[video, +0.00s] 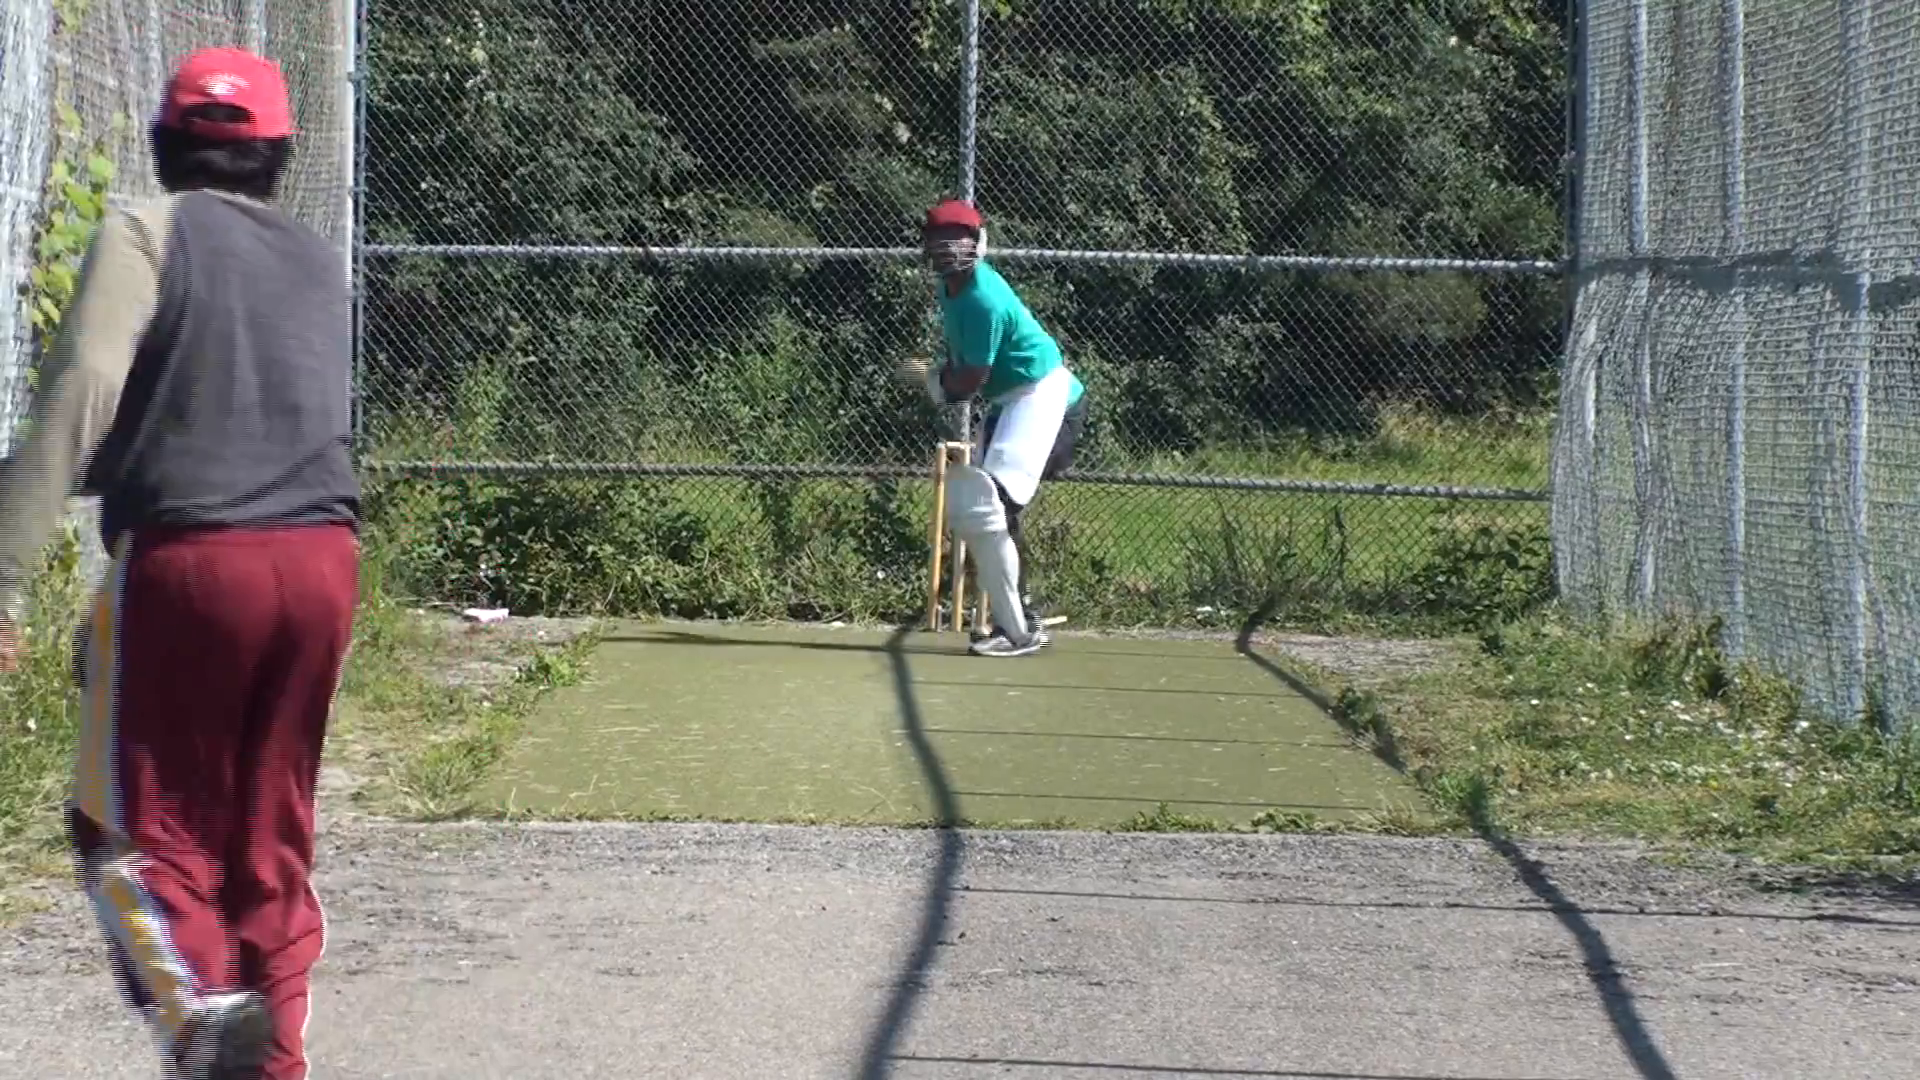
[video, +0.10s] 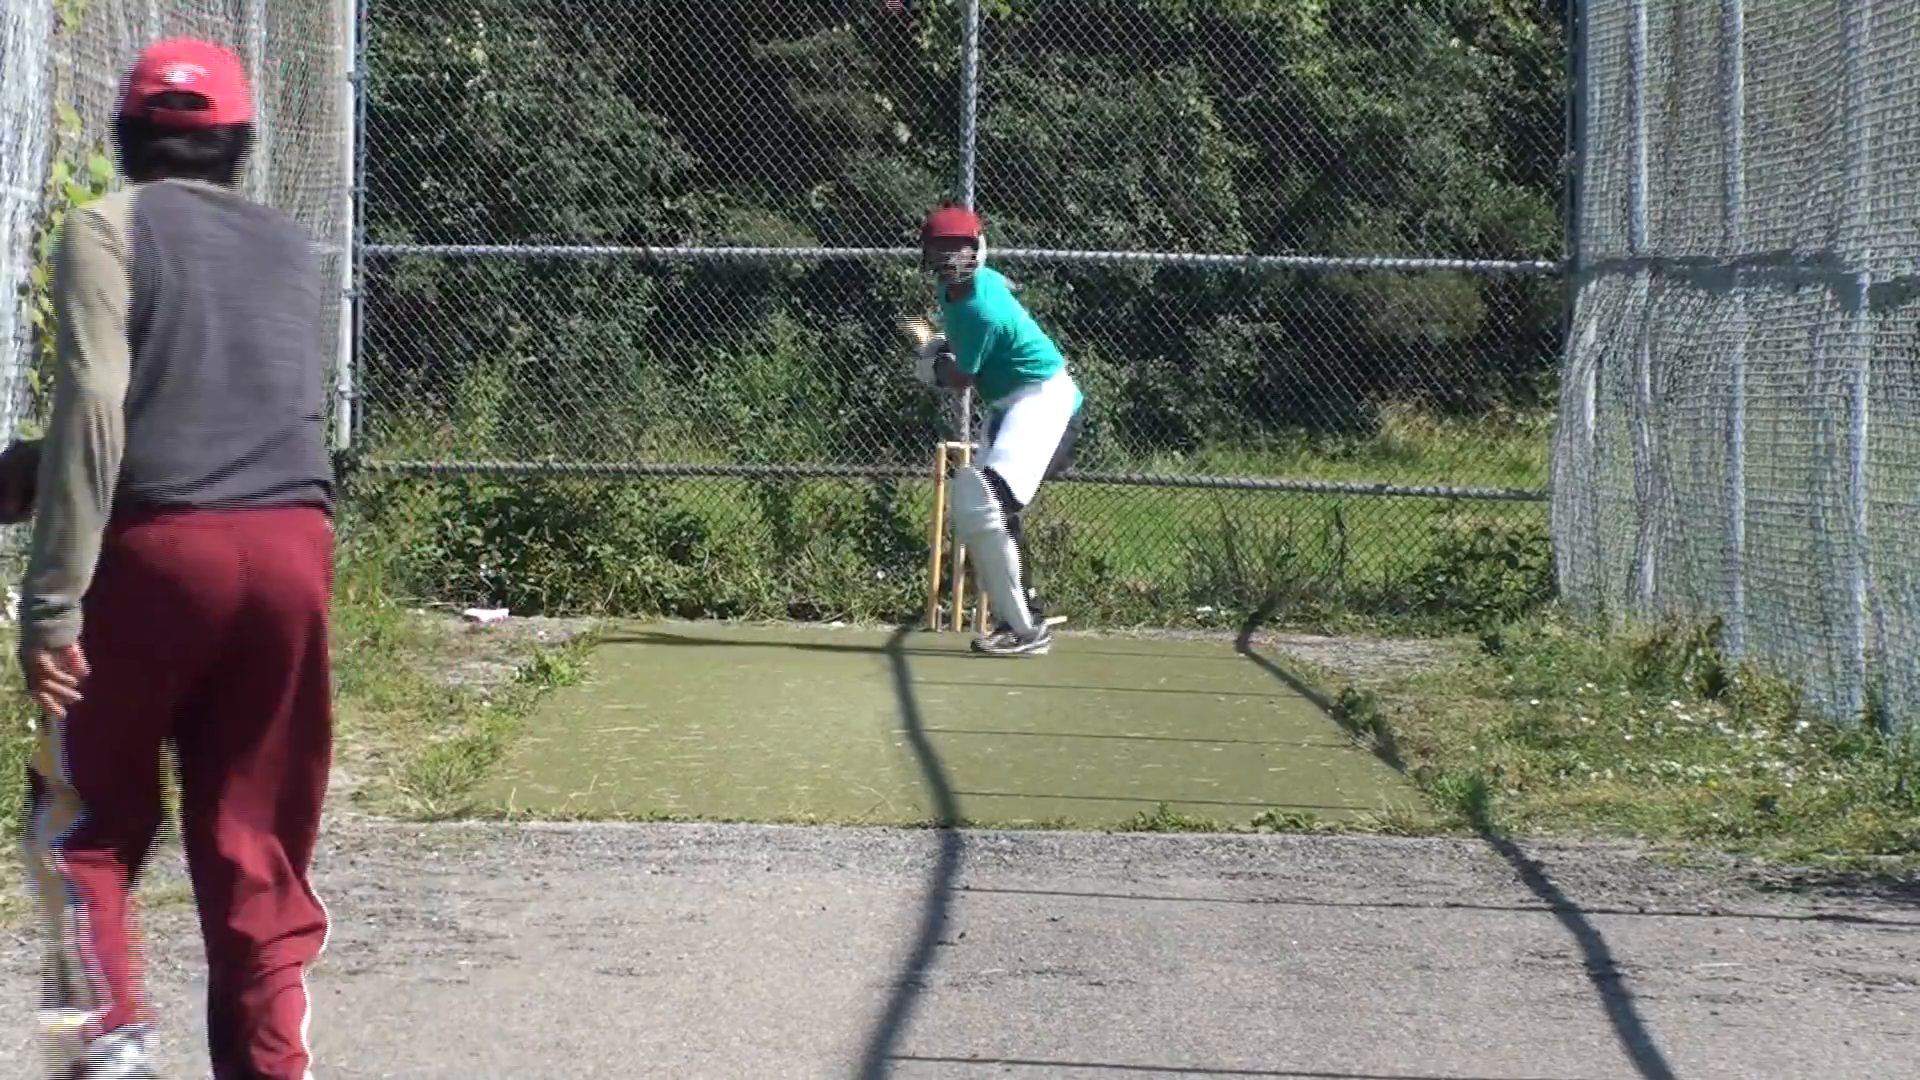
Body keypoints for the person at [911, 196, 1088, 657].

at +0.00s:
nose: (950, 248)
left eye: (961, 238)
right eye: (941, 239)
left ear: (977, 244)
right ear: (928, 248)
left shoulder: (981, 298)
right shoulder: (951, 289)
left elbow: (973, 380)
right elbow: (964, 362)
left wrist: (933, 384)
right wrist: (935, 377)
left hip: (1039, 391)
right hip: (1011, 392)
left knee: (997, 501)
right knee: (989, 499)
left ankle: (1017, 626)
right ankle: (1016, 616)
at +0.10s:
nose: (952, 257)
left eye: (962, 247)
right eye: (942, 248)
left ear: (978, 252)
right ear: (928, 256)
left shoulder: (977, 307)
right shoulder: (956, 290)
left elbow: (961, 374)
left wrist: (935, 364)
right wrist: (944, 352)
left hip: (1041, 394)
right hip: (1012, 396)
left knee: (984, 498)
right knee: (988, 502)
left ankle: (1023, 627)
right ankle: (1019, 615)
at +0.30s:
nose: (936, 284)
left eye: (947, 273)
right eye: (926, 276)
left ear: (964, 274)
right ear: (915, 280)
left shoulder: (976, 326)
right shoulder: (940, 315)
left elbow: (957, 398)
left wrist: (936, 388)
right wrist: (948, 397)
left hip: (1041, 406)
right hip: (1003, 414)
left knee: (1003, 506)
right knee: (1000, 518)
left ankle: (1017, 626)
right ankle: (1010, 627)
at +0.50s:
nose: (913, 274)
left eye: (918, 260)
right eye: (903, 269)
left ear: (939, 243)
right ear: (898, 272)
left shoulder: (979, 257)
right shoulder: (916, 319)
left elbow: (980, 310)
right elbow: (935, 380)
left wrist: (961, 355)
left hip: (1036, 392)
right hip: (983, 410)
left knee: (1021, 509)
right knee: (982, 508)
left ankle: (1011, 632)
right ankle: (1037, 593)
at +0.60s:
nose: (912, 261)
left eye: (913, 247)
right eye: (899, 259)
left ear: (926, 236)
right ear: (892, 269)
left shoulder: (971, 247)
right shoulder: (909, 307)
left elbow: (1004, 276)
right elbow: (938, 322)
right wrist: (954, 292)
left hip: (1023, 391)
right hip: (970, 407)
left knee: (1020, 516)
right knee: (970, 516)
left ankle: (1012, 632)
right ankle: (1025, 593)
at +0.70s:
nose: (900, 263)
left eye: (905, 248)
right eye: (888, 260)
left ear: (925, 234)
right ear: (879, 266)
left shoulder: (972, 250)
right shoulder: (892, 296)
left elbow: (1007, 280)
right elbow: (917, 308)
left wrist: (976, 267)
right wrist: (950, 251)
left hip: (1007, 393)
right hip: (946, 403)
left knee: (1016, 508)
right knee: (944, 506)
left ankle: (1002, 628)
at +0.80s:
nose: (889, 273)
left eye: (895, 260)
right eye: (878, 268)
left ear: (919, 244)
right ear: (871, 268)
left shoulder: (975, 267)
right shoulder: (886, 300)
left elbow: (1004, 315)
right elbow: (901, 338)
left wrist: (967, 312)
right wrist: (938, 297)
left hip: (987, 410)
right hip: (924, 415)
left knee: (999, 525)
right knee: (907, 513)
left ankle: (979, 625)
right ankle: (881, 628)